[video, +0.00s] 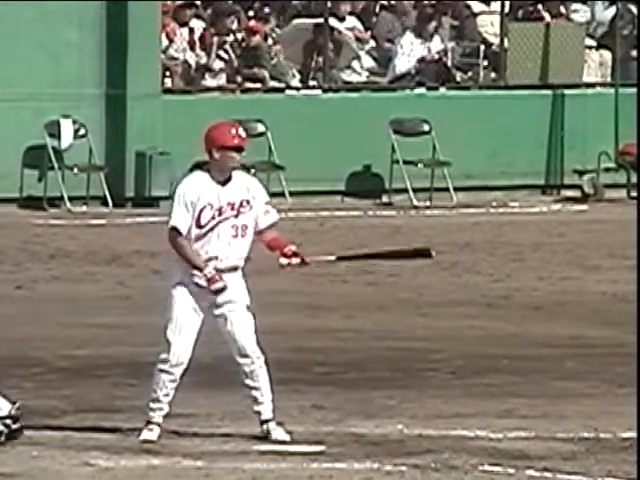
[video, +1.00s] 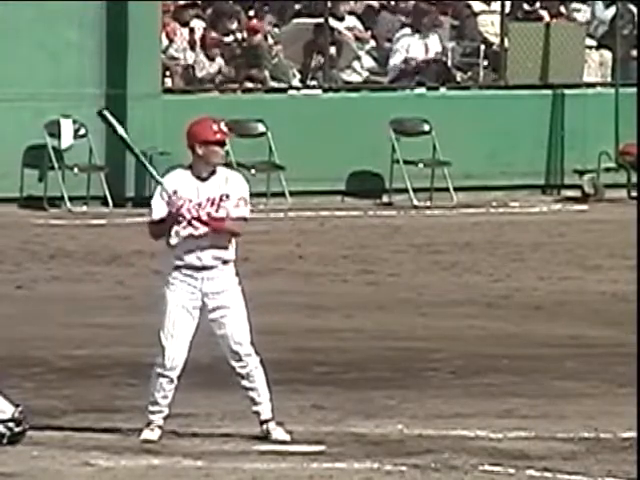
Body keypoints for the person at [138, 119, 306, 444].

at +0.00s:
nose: (238, 155)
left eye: (239, 150)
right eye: (232, 150)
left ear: (239, 152)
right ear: (213, 153)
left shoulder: (248, 184)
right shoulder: (191, 186)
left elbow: (266, 229)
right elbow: (176, 235)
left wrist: (284, 249)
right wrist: (202, 267)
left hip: (232, 280)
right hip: (192, 280)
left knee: (248, 351)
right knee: (176, 354)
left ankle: (268, 420)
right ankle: (154, 421)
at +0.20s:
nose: (227, 154)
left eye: (227, 148)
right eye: (220, 149)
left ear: (222, 151)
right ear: (202, 152)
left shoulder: (237, 185)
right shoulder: (175, 187)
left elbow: (247, 231)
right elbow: (157, 233)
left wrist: (259, 259)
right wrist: (179, 269)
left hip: (222, 281)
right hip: (182, 281)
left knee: (242, 353)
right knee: (169, 358)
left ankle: (267, 421)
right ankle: (154, 421)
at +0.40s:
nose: (218, 152)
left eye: (219, 146)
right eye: (211, 147)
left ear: (218, 149)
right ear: (193, 151)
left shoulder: (229, 184)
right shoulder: (167, 185)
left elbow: (232, 236)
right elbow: (147, 228)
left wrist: (221, 273)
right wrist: (161, 268)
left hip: (218, 277)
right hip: (178, 279)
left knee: (239, 350)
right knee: (167, 357)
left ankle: (267, 419)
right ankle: (154, 421)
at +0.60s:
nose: (221, 150)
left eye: (221, 145)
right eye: (213, 146)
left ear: (221, 148)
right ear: (195, 150)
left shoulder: (231, 184)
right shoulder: (168, 184)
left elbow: (229, 233)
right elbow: (152, 224)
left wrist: (197, 266)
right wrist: (162, 259)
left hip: (221, 279)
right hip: (180, 280)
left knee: (241, 351)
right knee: (169, 357)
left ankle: (267, 421)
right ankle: (155, 421)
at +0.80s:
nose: (222, 150)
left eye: (223, 144)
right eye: (215, 145)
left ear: (222, 147)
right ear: (196, 149)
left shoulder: (233, 182)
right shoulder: (169, 182)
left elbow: (229, 230)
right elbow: (155, 225)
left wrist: (187, 236)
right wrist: (159, 235)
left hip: (221, 276)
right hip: (182, 278)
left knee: (241, 350)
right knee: (170, 356)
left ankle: (267, 421)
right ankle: (155, 421)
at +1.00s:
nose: (222, 149)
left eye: (223, 144)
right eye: (215, 145)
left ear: (223, 146)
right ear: (197, 148)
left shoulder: (235, 181)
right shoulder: (173, 182)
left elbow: (238, 227)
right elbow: (155, 232)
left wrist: (207, 219)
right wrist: (174, 217)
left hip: (222, 274)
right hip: (183, 276)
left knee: (241, 350)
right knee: (171, 355)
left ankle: (268, 421)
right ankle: (155, 421)